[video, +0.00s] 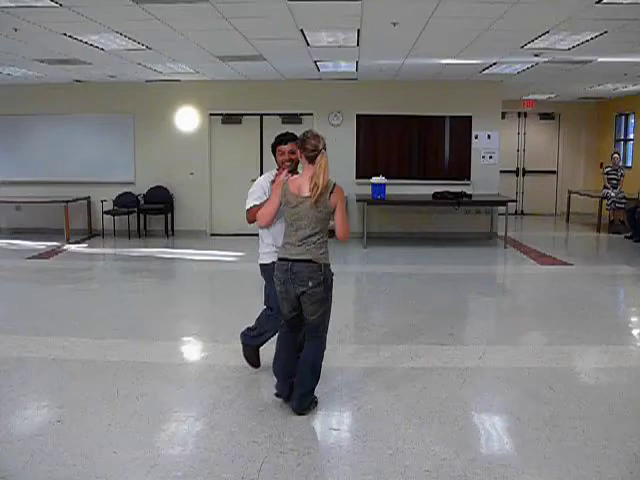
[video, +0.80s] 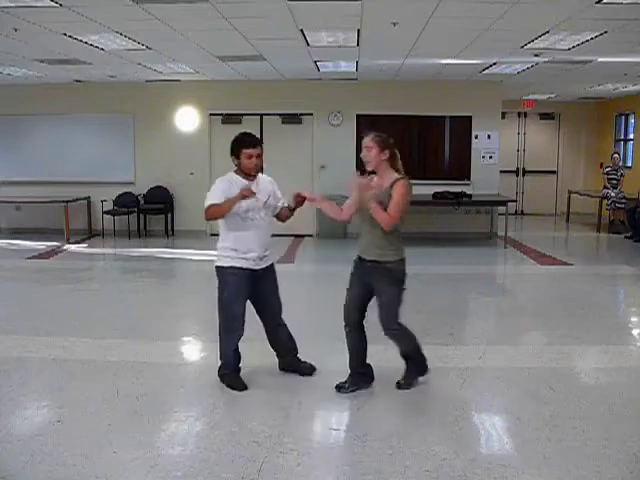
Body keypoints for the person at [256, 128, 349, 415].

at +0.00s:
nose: (295, 157)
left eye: (296, 153)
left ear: (299, 155)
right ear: (324, 155)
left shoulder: (284, 184)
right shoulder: (334, 191)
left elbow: (264, 220)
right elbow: (342, 235)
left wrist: (276, 189)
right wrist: (331, 214)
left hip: (284, 265)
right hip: (315, 268)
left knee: (291, 327)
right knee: (315, 333)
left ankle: (284, 386)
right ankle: (302, 399)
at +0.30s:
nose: (312, 161)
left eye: (313, 157)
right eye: (315, 157)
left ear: (317, 158)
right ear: (339, 157)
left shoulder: (308, 189)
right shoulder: (352, 193)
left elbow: (286, 226)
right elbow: (362, 231)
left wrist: (286, 197)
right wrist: (341, 222)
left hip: (298, 265)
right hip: (330, 268)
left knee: (293, 323)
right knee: (325, 319)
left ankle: (295, 388)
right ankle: (328, 378)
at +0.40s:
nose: (320, 157)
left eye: (322, 153)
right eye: (321, 153)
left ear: (330, 157)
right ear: (343, 157)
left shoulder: (325, 192)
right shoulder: (357, 191)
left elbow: (315, 231)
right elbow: (368, 223)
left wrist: (294, 222)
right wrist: (341, 218)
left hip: (316, 266)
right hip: (338, 267)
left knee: (299, 327)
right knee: (319, 318)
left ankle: (297, 389)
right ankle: (350, 365)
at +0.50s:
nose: (329, 154)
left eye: (332, 150)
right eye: (331, 149)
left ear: (342, 154)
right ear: (349, 154)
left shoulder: (344, 190)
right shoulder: (358, 186)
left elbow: (343, 232)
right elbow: (368, 225)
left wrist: (309, 229)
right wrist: (328, 213)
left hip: (335, 265)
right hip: (347, 262)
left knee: (317, 322)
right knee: (327, 317)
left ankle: (309, 385)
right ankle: (355, 368)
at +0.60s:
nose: (339, 152)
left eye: (343, 147)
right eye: (341, 146)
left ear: (356, 152)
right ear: (356, 152)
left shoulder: (366, 187)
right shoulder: (357, 184)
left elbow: (370, 228)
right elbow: (352, 214)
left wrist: (335, 228)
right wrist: (327, 198)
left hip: (356, 265)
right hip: (347, 262)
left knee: (335, 320)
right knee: (340, 317)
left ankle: (349, 381)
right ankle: (359, 369)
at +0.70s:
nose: (350, 150)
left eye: (355, 146)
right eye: (352, 145)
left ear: (370, 150)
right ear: (365, 150)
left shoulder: (385, 184)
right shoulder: (358, 180)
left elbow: (387, 226)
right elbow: (337, 209)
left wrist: (358, 214)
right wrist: (315, 190)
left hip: (373, 263)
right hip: (351, 260)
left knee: (359, 321)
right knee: (349, 321)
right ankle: (360, 374)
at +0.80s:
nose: (364, 154)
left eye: (369, 149)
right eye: (363, 150)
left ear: (385, 153)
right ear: (366, 154)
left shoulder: (400, 184)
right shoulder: (365, 183)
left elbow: (389, 223)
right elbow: (343, 215)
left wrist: (369, 199)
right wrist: (318, 201)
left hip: (389, 266)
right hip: (363, 263)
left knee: (389, 324)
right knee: (352, 320)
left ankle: (417, 364)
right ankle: (360, 375)